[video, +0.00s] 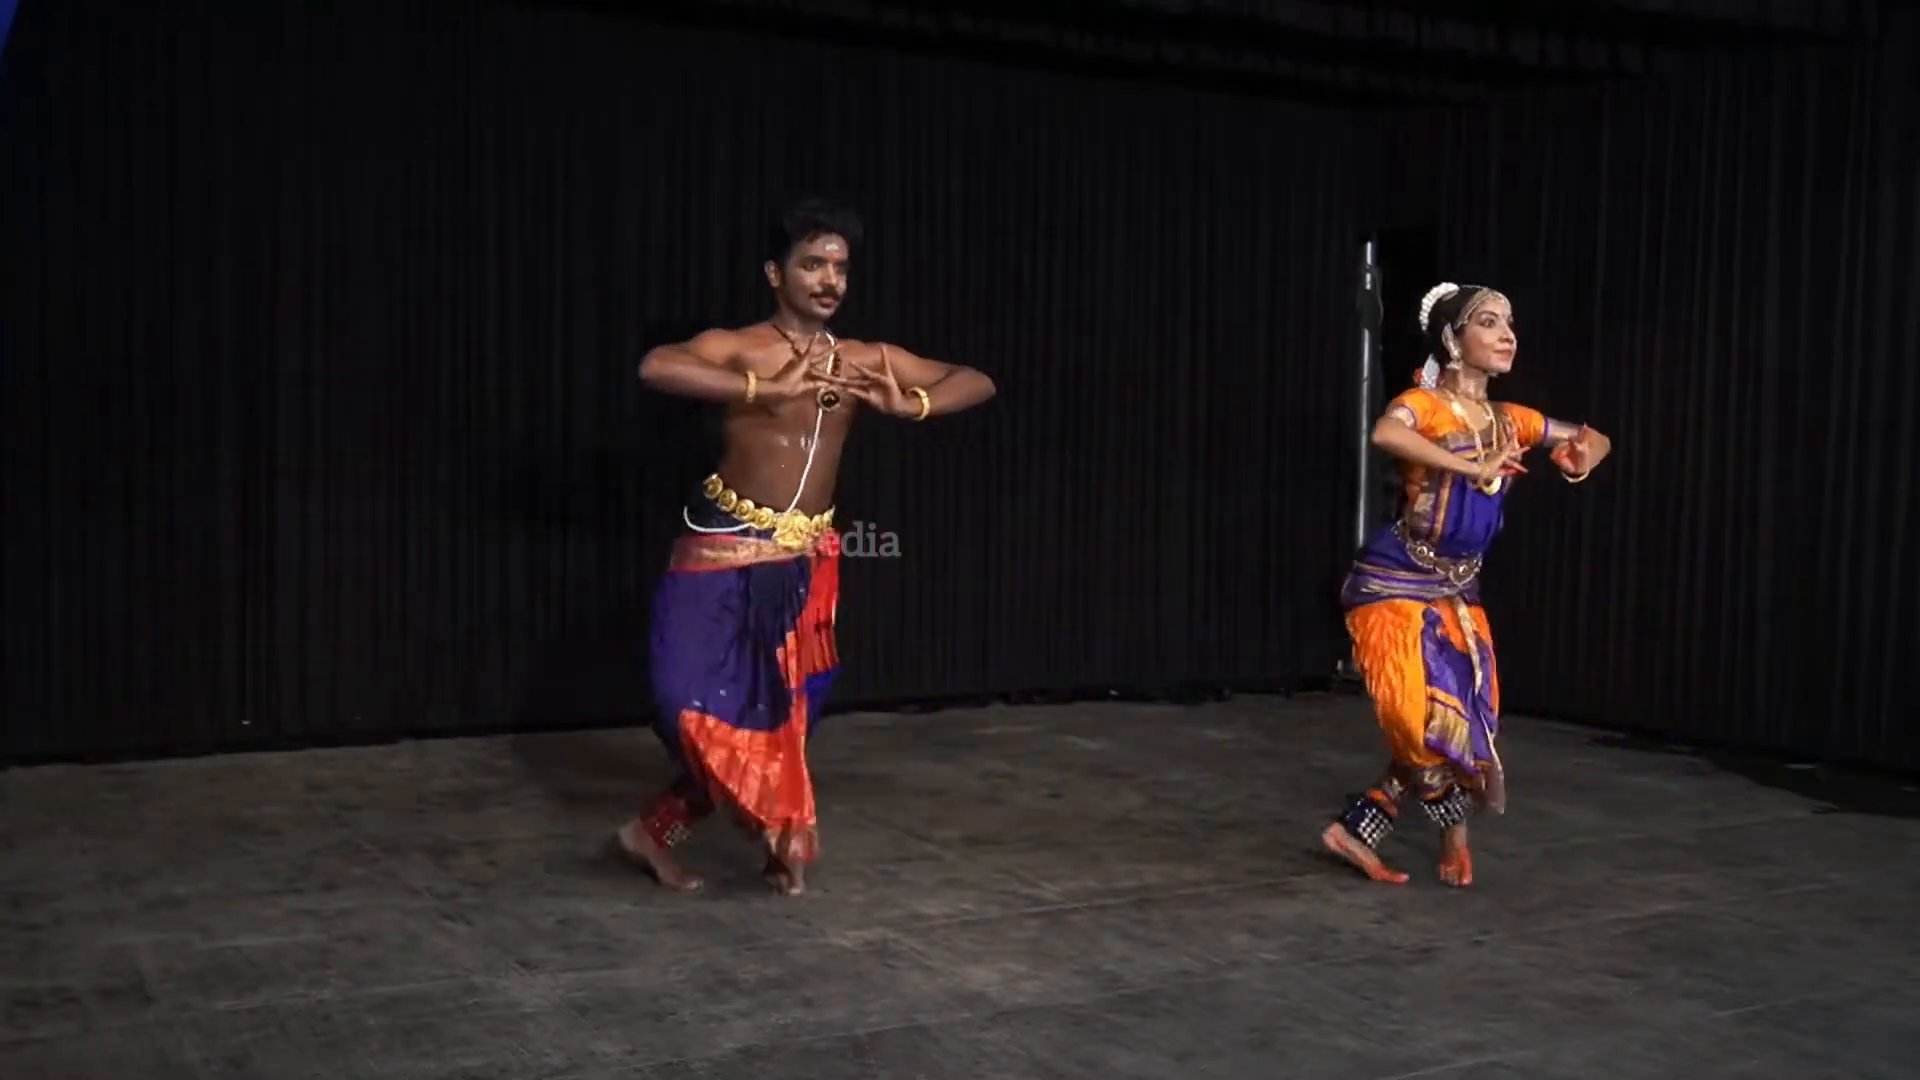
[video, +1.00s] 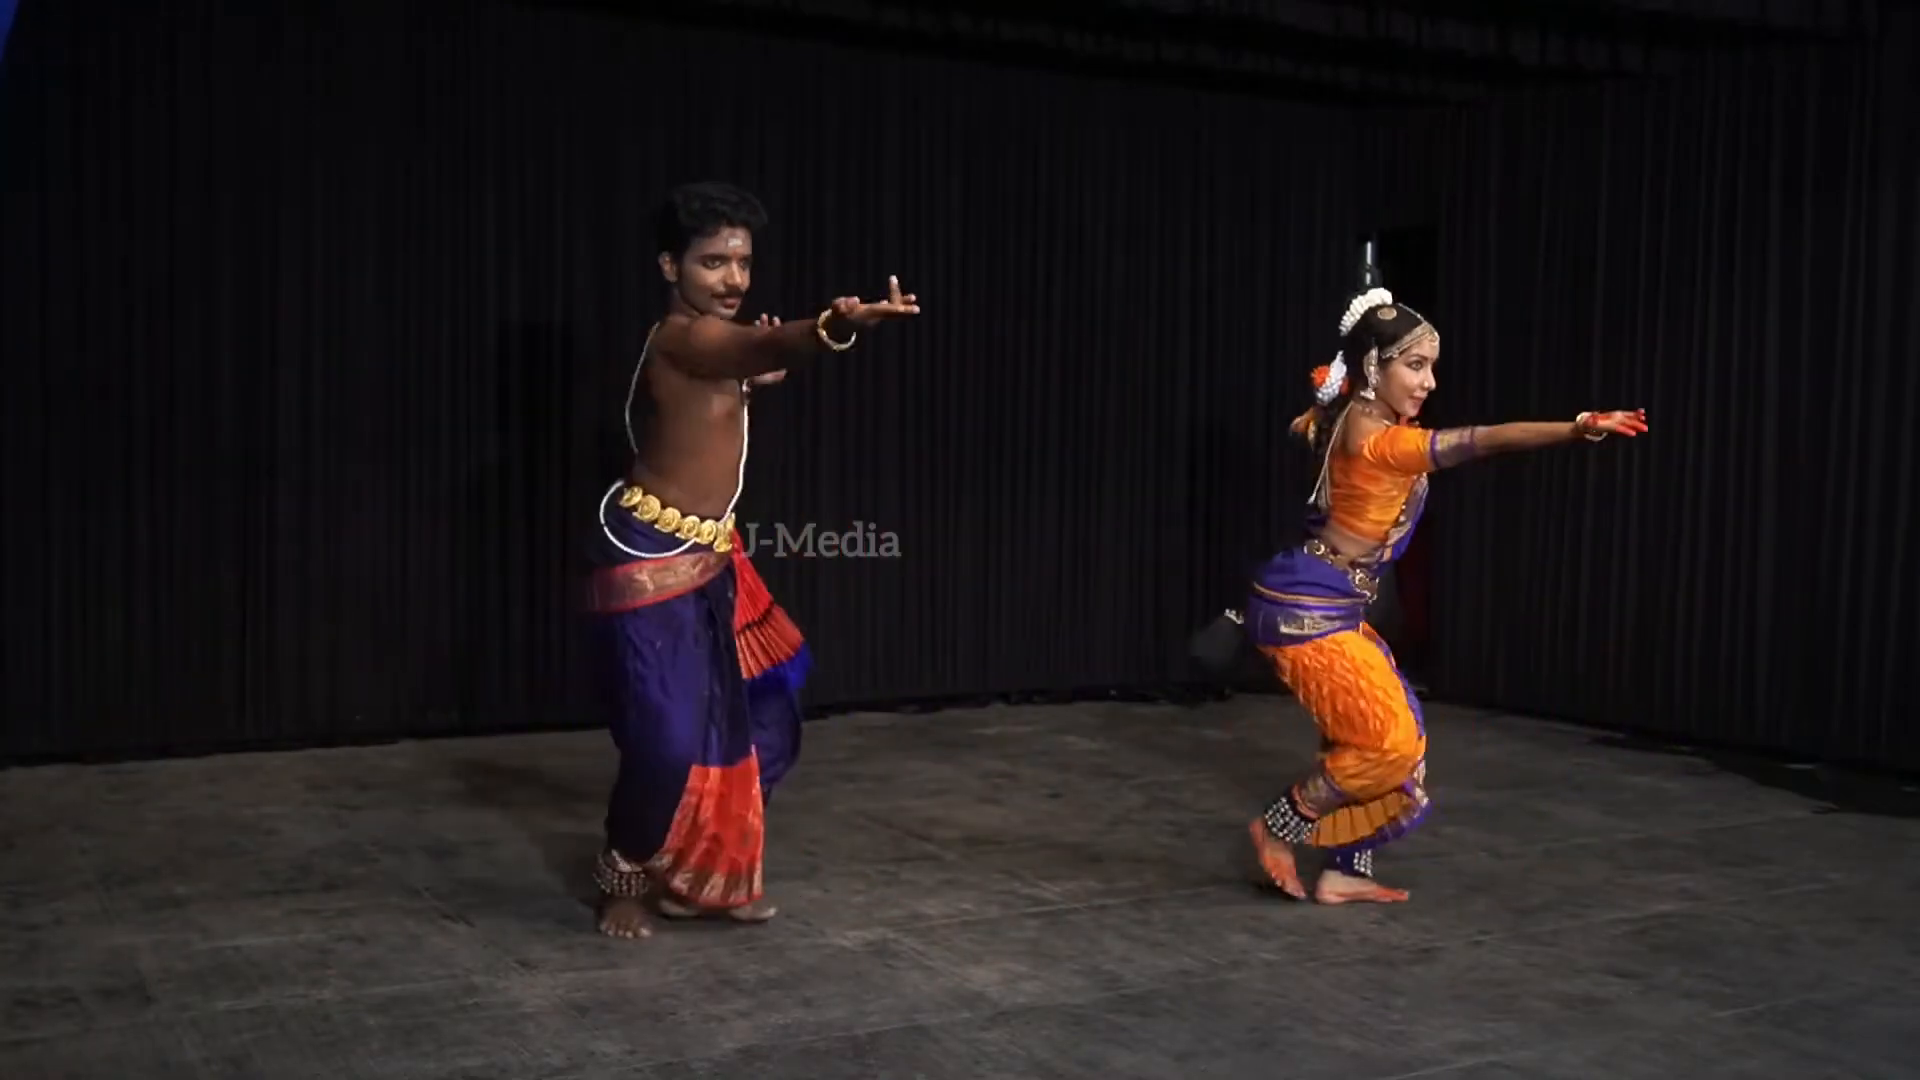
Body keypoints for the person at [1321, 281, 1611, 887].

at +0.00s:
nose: (1507, 336)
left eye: (1509, 325)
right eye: (1491, 324)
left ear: (1506, 341)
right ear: (1453, 338)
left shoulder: (1509, 419)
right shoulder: (1424, 402)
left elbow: (1590, 437)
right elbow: (1387, 434)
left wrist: (1586, 454)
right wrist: (1470, 467)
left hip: (1457, 592)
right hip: (1395, 582)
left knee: (1469, 717)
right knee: (1415, 707)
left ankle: (1358, 827)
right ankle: (1453, 825)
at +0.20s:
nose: (1459, 331)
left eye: (1459, 321)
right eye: (1441, 321)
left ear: (1457, 340)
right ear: (1404, 340)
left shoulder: (1468, 422)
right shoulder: (1380, 405)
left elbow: (1550, 448)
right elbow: (1343, 439)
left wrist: (1542, 461)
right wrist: (1435, 459)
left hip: (1412, 596)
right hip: (1346, 586)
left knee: (1434, 705)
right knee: (1304, 709)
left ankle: (1353, 831)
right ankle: (1301, 861)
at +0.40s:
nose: (1423, 344)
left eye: (1425, 336)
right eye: (1405, 334)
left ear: (1427, 353)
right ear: (1369, 355)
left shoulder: (1438, 438)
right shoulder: (1343, 424)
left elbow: (1530, 486)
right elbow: (1311, 487)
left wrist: (1498, 480)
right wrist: (1405, 469)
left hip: (1387, 610)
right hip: (1315, 600)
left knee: (1418, 718)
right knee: (1266, 706)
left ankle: (1341, 852)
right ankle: (1291, 853)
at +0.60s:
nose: (1404, 366)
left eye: (1412, 354)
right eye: (1390, 350)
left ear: (1415, 364)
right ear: (1352, 356)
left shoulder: (1414, 443)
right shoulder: (1318, 428)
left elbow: (1497, 504)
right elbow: (1300, 502)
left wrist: (1471, 503)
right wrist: (1398, 510)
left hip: (1353, 611)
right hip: (1280, 604)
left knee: (1410, 714)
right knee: (1262, 729)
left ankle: (1336, 851)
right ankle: (1265, 858)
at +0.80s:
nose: (1404, 373)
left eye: (1410, 359)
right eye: (1390, 357)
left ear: (1411, 365)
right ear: (1351, 364)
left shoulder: (1383, 435)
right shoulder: (1330, 433)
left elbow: (1432, 489)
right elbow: (1374, 518)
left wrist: (1464, 485)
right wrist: (1464, 497)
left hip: (1335, 609)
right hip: (1277, 610)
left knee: (1374, 715)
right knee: (1293, 741)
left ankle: (1337, 852)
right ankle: (1268, 858)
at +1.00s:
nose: (1429, 380)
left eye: (1432, 367)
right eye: (1416, 365)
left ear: (1376, 369)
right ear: (1372, 369)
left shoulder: (1349, 414)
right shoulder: (1382, 442)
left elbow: (1305, 425)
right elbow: (1478, 440)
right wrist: (1575, 429)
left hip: (1330, 611)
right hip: (1309, 614)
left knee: (1400, 743)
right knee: (1391, 743)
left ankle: (1343, 872)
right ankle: (1277, 827)